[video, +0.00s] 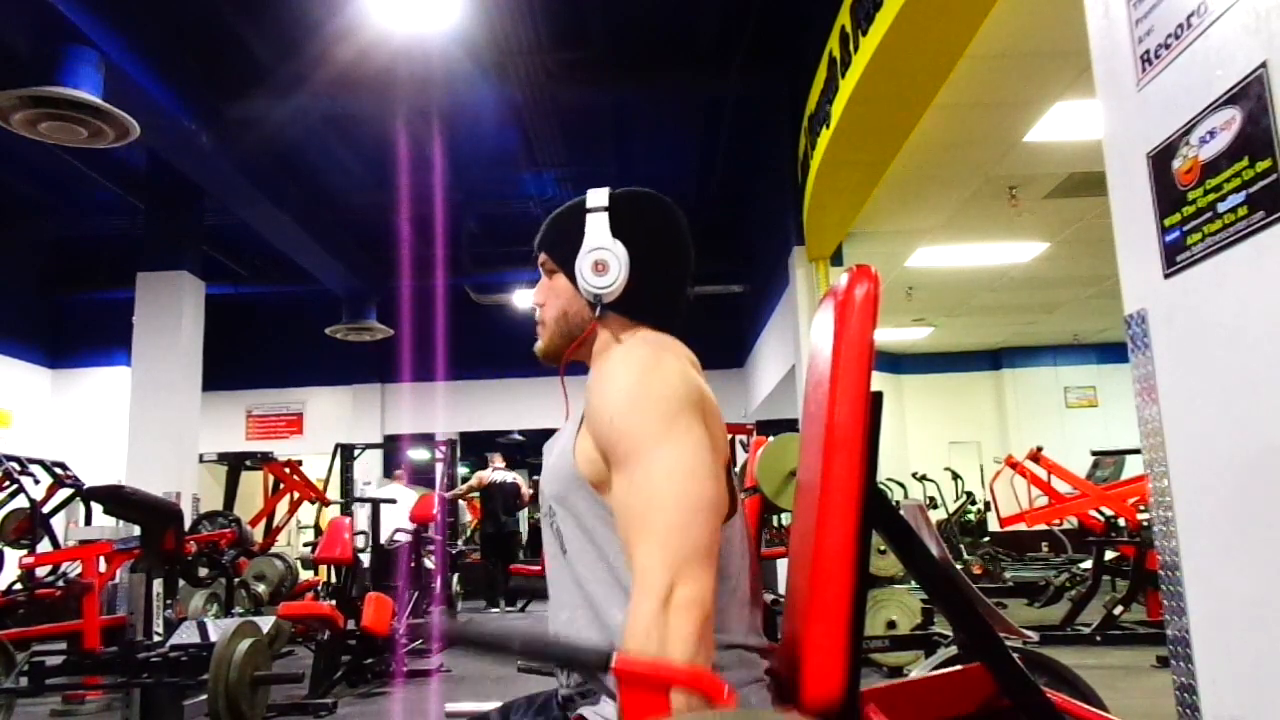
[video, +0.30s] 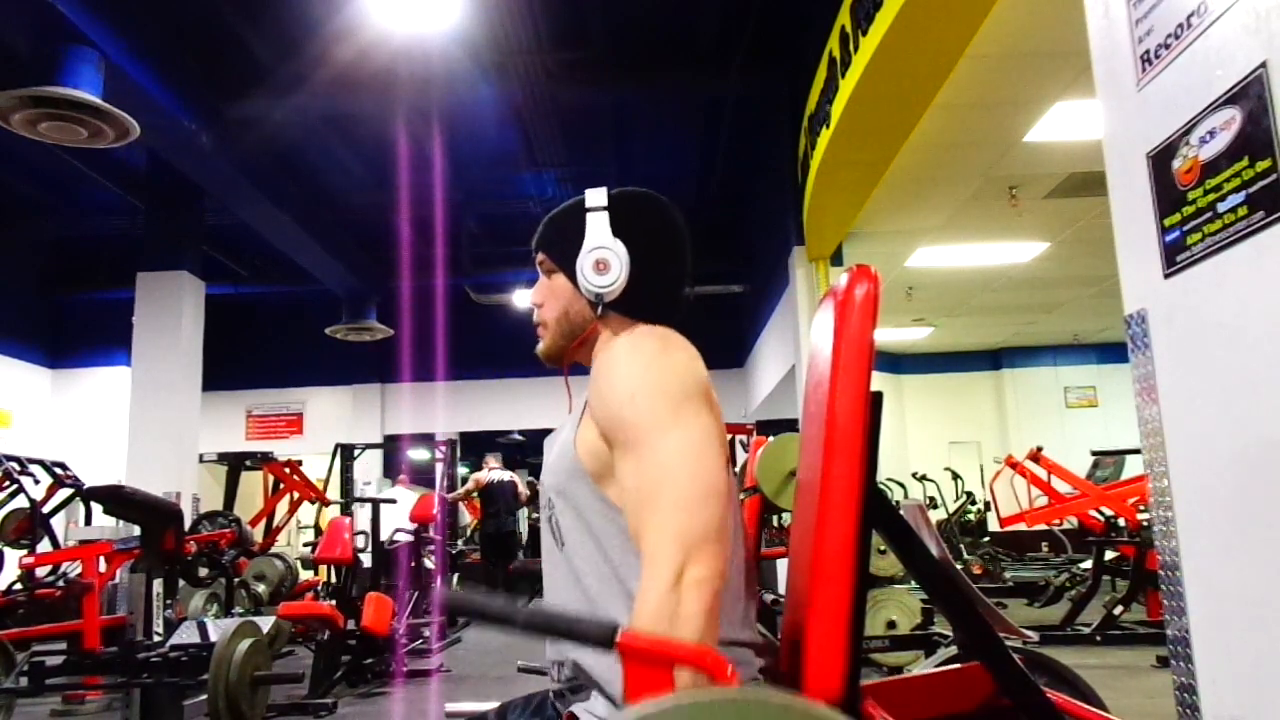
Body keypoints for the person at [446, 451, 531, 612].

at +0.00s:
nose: (490, 465)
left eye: (489, 463)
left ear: (489, 464)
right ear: (504, 464)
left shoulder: (482, 475)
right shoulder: (516, 477)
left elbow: (463, 490)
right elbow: (525, 499)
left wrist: (447, 496)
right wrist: (513, 509)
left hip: (489, 528)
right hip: (510, 529)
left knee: (490, 564)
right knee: (506, 565)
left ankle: (493, 603)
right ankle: (508, 602)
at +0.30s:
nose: (483, 467)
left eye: (483, 465)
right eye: (483, 465)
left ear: (486, 464)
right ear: (500, 464)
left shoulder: (479, 476)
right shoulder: (513, 476)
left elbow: (464, 493)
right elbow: (524, 497)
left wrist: (447, 497)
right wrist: (512, 507)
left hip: (489, 527)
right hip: (509, 527)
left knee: (489, 562)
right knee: (506, 563)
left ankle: (491, 593)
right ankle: (507, 594)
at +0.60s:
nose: (478, 469)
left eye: (478, 467)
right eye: (479, 467)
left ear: (480, 467)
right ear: (494, 465)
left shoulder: (474, 477)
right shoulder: (509, 476)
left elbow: (463, 494)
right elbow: (520, 499)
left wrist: (450, 499)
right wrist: (511, 511)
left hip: (488, 530)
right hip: (508, 529)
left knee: (489, 567)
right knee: (510, 566)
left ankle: (493, 604)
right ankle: (511, 603)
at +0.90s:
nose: (473, 471)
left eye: (474, 469)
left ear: (476, 468)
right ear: (491, 466)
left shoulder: (472, 478)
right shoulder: (505, 475)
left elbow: (459, 496)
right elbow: (518, 499)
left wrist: (445, 501)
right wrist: (522, 494)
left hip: (484, 530)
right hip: (506, 529)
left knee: (488, 568)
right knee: (506, 567)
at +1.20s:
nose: (473, 469)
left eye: (473, 467)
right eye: (474, 466)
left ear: (475, 467)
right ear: (489, 465)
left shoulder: (470, 478)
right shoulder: (504, 476)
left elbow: (454, 499)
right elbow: (516, 500)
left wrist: (444, 502)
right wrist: (509, 510)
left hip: (483, 530)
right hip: (504, 529)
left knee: (487, 567)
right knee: (504, 565)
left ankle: (492, 604)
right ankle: (508, 601)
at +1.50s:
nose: (473, 469)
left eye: (473, 466)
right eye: (474, 466)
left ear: (474, 467)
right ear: (489, 464)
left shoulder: (470, 478)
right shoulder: (504, 476)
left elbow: (455, 498)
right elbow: (516, 499)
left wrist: (447, 502)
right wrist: (508, 511)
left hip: (483, 530)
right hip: (504, 529)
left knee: (487, 567)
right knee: (506, 566)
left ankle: (492, 604)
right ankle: (510, 602)